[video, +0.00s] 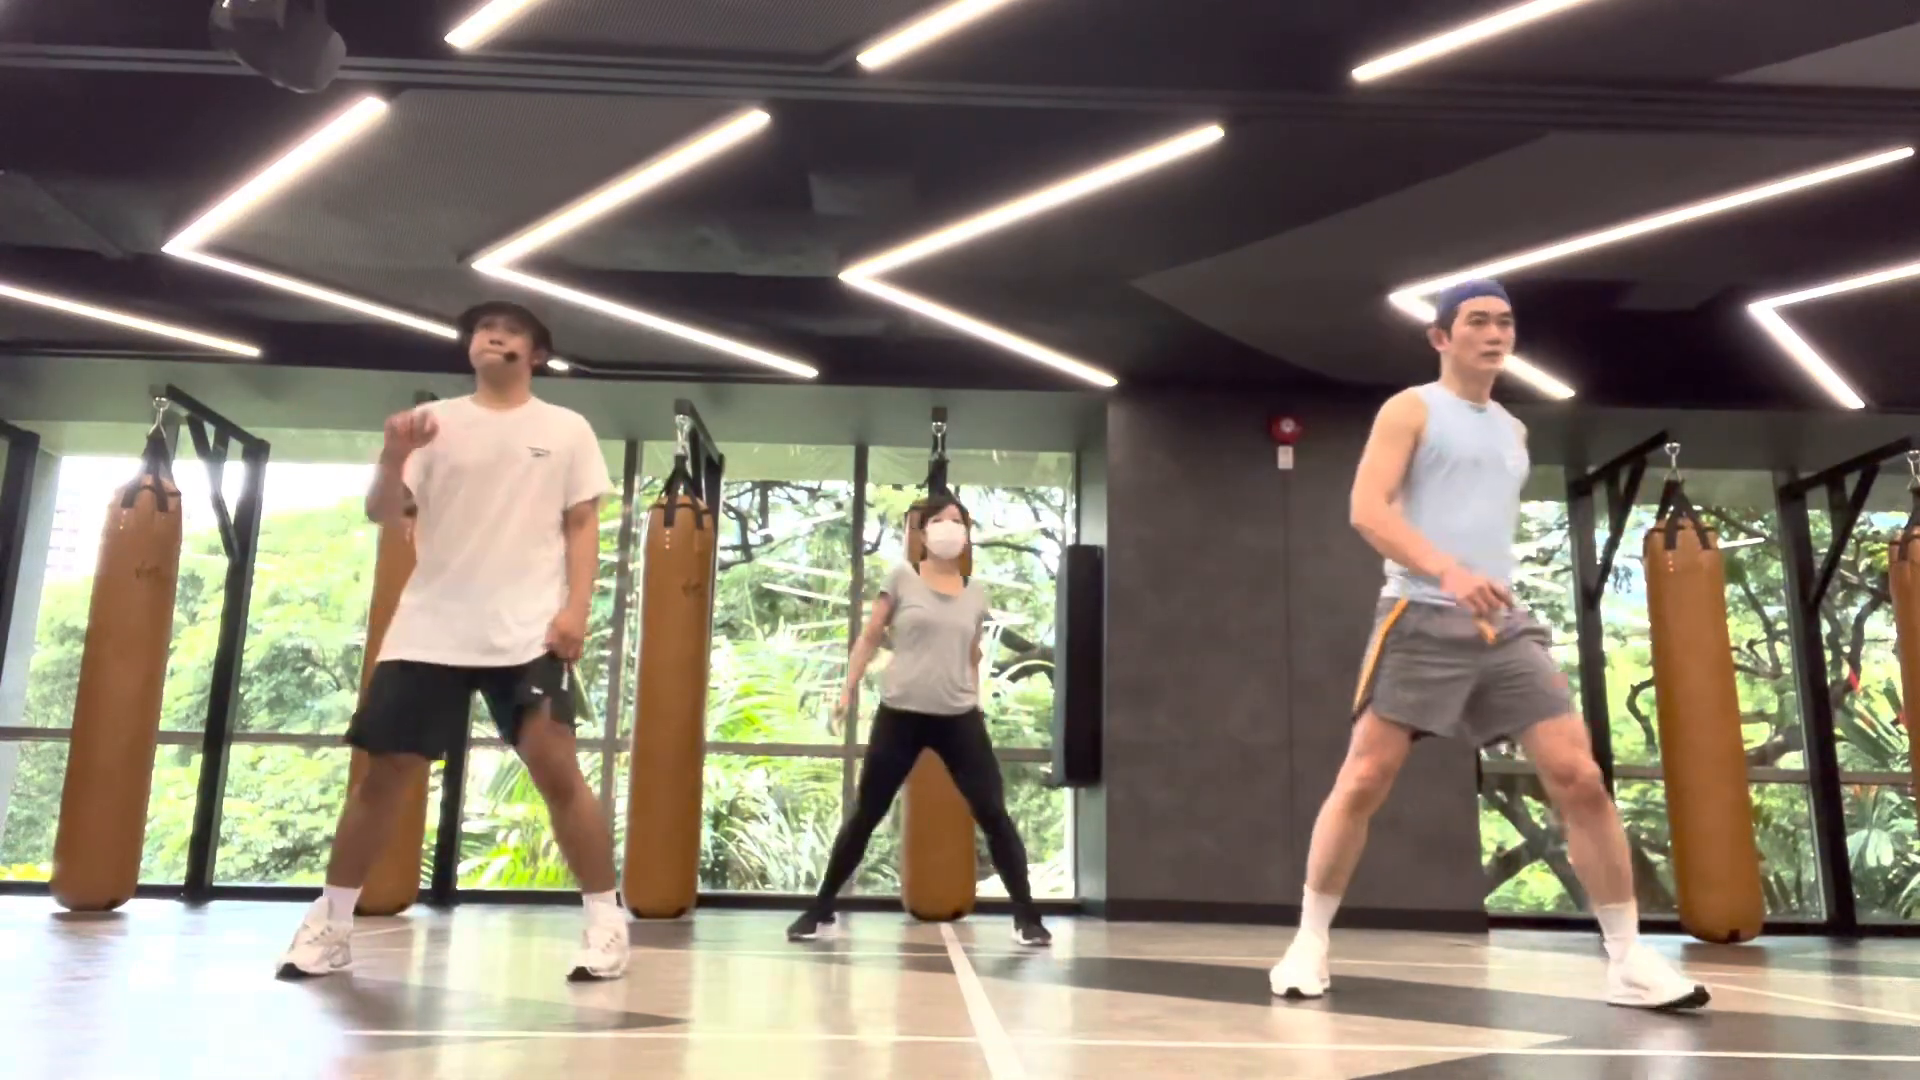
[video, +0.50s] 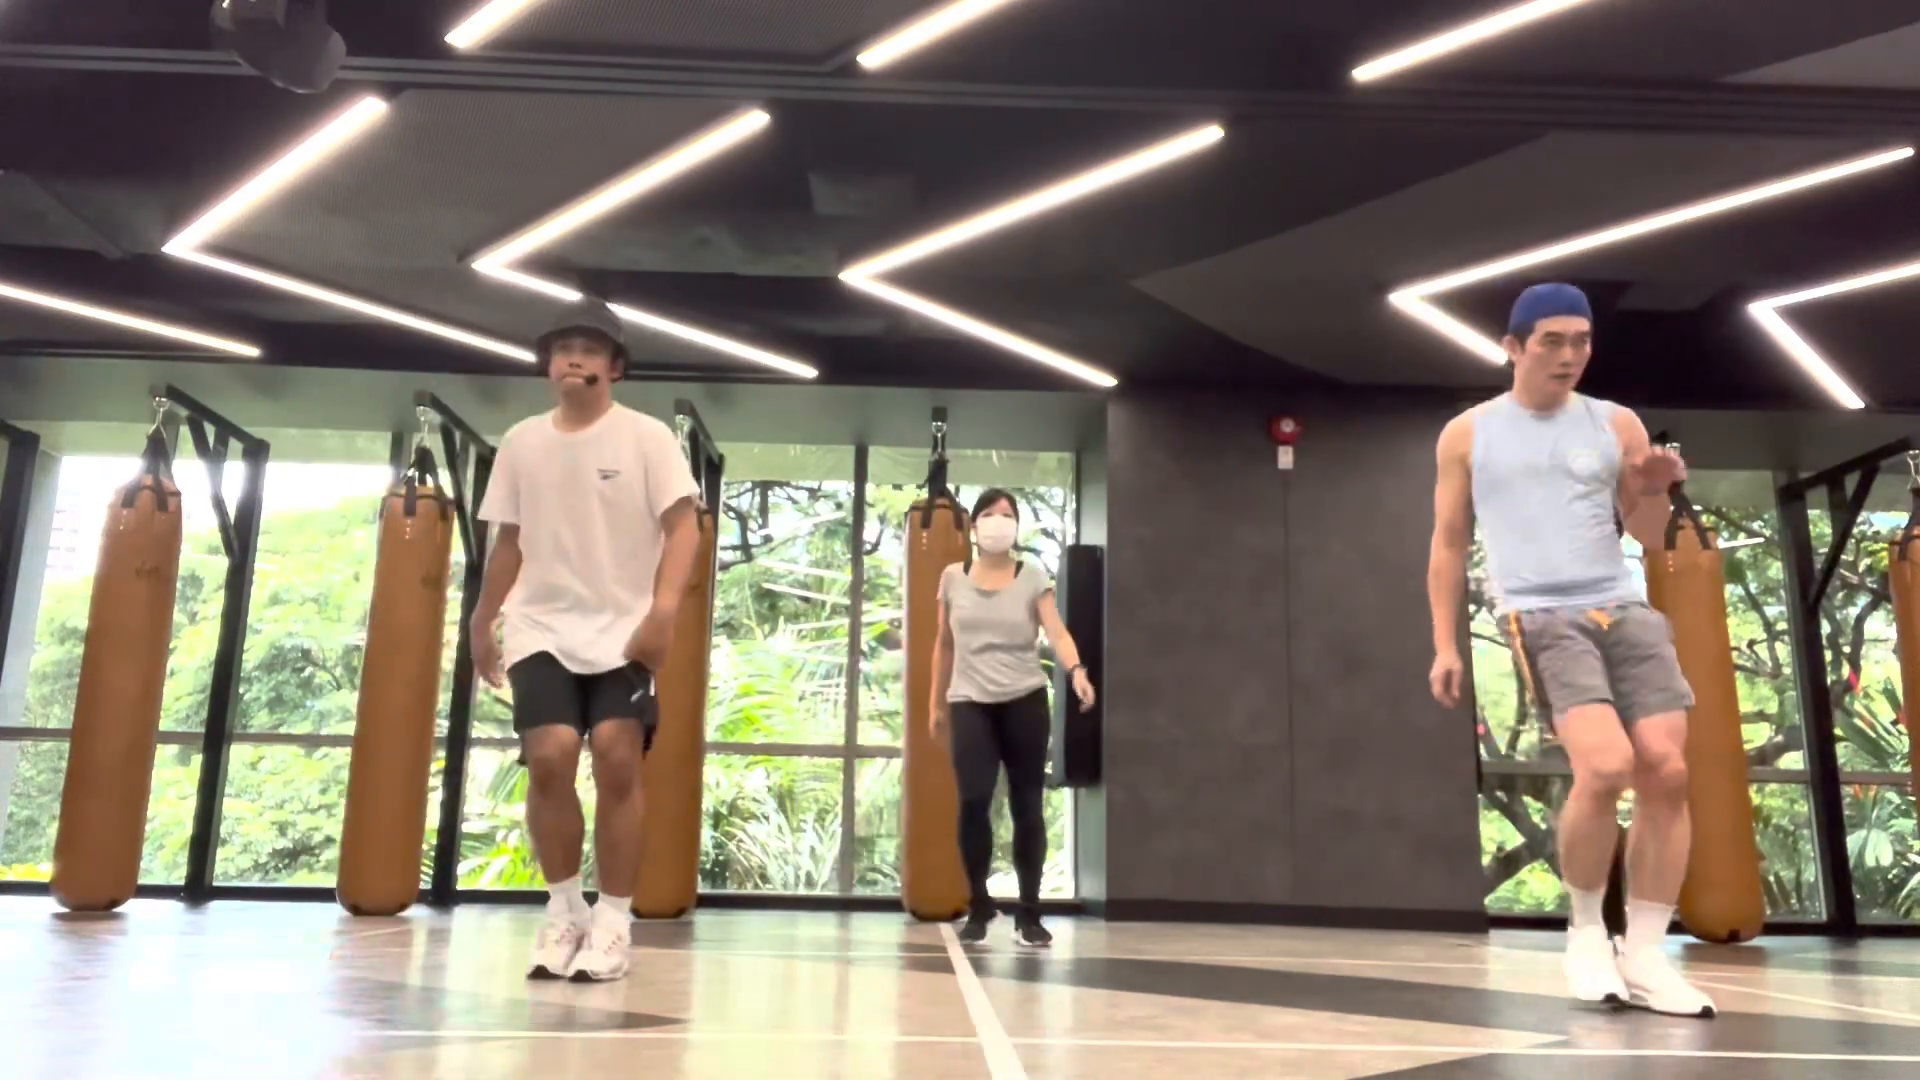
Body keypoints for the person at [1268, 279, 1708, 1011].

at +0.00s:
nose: (1494, 333)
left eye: (1503, 322)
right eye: (1478, 321)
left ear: (1513, 339)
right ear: (1442, 337)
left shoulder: (1513, 434)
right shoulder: (1410, 409)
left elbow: (1487, 530)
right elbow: (1368, 510)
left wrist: (1503, 607)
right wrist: (1451, 571)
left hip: (1505, 627)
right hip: (1421, 622)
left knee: (1580, 777)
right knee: (1363, 778)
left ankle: (1627, 960)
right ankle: (1309, 942)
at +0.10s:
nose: (1530, 336)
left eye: (1537, 325)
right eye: (1513, 325)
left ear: (1547, 339)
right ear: (1477, 340)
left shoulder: (1548, 431)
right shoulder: (1448, 415)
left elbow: (1536, 527)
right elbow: (1413, 521)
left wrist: (1554, 613)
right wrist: (1460, 606)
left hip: (1556, 627)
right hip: (1469, 628)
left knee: (1626, 775)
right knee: (1399, 781)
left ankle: (1636, 961)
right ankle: (1328, 940)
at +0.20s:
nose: (1549, 330)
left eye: (1557, 318)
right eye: (1532, 319)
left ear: (1566, 329)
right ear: (1497, 332)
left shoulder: (1572, 412)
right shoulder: (1466, 408)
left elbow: (1565, 514)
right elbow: (1432, 517)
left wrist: (1587, 599)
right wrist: (1449, 618)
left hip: (1589, 612)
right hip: (1505, 616)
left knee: (1638, 772)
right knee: (1460, 776)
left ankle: (1635, 961)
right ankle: (1392, 925)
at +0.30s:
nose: (1559, 328)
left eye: (1568, 315)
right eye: (1540, 316)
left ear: (1578, 327)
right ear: (1503, 330)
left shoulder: (1591, 407)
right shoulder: (1467, 407)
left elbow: (1593, 485)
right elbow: (1434, 516)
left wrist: (1628, 534)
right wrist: (1436, 618)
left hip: (1610, 598)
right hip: (1528, 598)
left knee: (1640, 769)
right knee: (1542, 768)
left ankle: (1637, 958)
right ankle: (1488, 914)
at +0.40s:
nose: (1565, 339)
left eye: (1575, 326)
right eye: (1548, 326)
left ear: (1584, 334)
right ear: (1510, 335)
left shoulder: (1607, 412)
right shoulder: (1465, 420)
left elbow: (1622, 491)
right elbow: (1437, 524)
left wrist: (1648, 503)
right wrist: (1434, 628)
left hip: (1622, 598)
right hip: (1541, 604)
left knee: (1656, 769)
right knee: (1599, 770)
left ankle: (1645, 955)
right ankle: (1595, 948)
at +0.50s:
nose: (1569, 354)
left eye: (1580, 342)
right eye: (1553, 340)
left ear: (1589, 348)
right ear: (1516, 346)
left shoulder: (1618, 424)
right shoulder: (1467, 435)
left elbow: (1650, 534)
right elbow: (1448, 543)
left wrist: (1656, 489)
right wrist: (1445, 646)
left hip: (1628, 610)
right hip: (1544, 619)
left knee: (1666, 767)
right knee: (1606, 765)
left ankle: (1645, 954)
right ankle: (1587, 935)